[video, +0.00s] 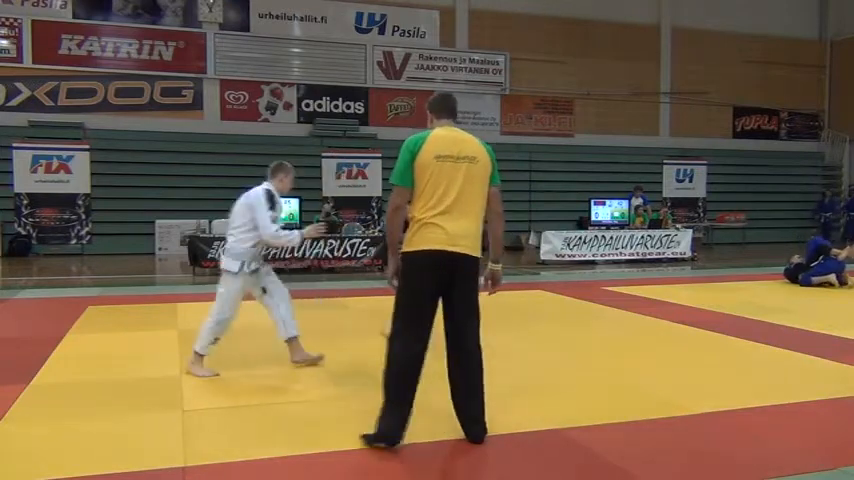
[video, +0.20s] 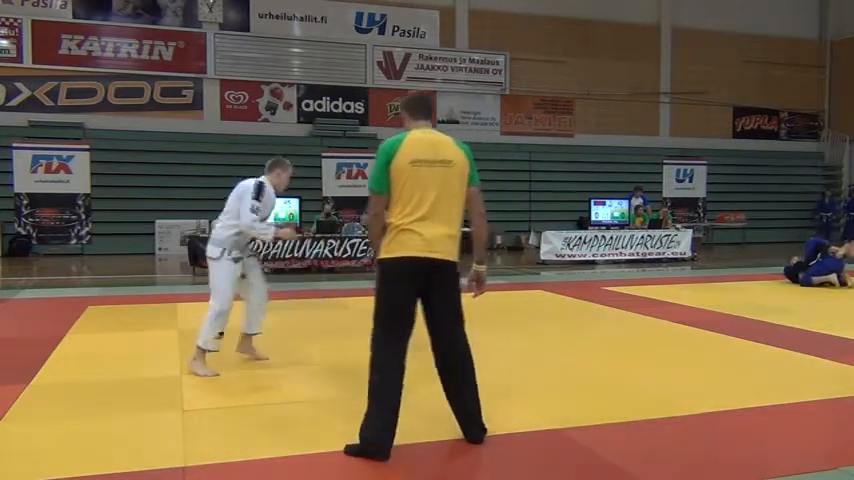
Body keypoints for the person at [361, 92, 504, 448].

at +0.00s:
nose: (425, 123)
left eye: (425, 118)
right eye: (429, 118)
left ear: (430, 116)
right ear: (457, 117)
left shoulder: (416, 144)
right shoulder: (483, 150)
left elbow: (398, 204)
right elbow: (495, 208)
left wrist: (393, 255)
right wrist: (496, 259)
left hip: (421, 257)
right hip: (465, 259)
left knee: (407, 341)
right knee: (466, 342)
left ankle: (389, 431)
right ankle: (475, 427)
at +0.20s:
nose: (399, 123)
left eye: (399, 118)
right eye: (404, 118)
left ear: (402, 117)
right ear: (433, 117)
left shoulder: (391, 147)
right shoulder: (460, 151)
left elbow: (376, 212)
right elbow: (478, 212)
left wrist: (379, 251)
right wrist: (480, 263)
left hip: (398, 262)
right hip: (443, 264)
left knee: (388, 349)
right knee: (452, 344)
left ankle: (376, 442)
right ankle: (474, 428)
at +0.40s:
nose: (367, 119)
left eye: (368, 113)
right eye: (372, 113)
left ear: (373, 113)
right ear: (404, 113)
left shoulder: (361, 147)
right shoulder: (431, 151)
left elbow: (346, 213)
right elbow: (444, 212)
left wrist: (349, 257)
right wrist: (444, 263)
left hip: (370, 264)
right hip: (415, 264)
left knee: (369, 352)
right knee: (430, 343)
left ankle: (374, 443)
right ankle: (462, 423)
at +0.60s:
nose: (350, 117)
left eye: (347, 112)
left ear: (347, 111)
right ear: (379, 110)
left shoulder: (338, 145)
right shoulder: (409, 146)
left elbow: (318, 210)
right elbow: (420, 208)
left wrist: (310, 267)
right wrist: (416, 259)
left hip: (354, 263)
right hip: (398, 262)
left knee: (359, 350)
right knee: (394, 336)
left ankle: (373, 441)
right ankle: (411, 418)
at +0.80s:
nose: (332, 117)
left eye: (329, 112)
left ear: (328, 112)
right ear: (361, 110)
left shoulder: (322, 146)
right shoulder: (391, 146)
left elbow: (301, 211)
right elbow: (404, 207)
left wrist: (292, 267)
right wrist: (398, 260)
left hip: (341, 259)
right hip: (381, 258)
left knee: (353, 348)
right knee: (357, 343)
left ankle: (373, 443)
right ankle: (344, 425)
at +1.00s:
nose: (312, 118)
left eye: (312, 113)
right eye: (317, 113)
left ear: (316, 113)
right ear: (346, 111)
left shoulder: (312, 142)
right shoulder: (373, 148)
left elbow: (296, 209)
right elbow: (382, 212)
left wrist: (290, 262)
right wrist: (378, 262)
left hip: (322, 257)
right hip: (360, 258)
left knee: (329, 347)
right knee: (339, 344)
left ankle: (366, 428)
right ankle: (338, 427)